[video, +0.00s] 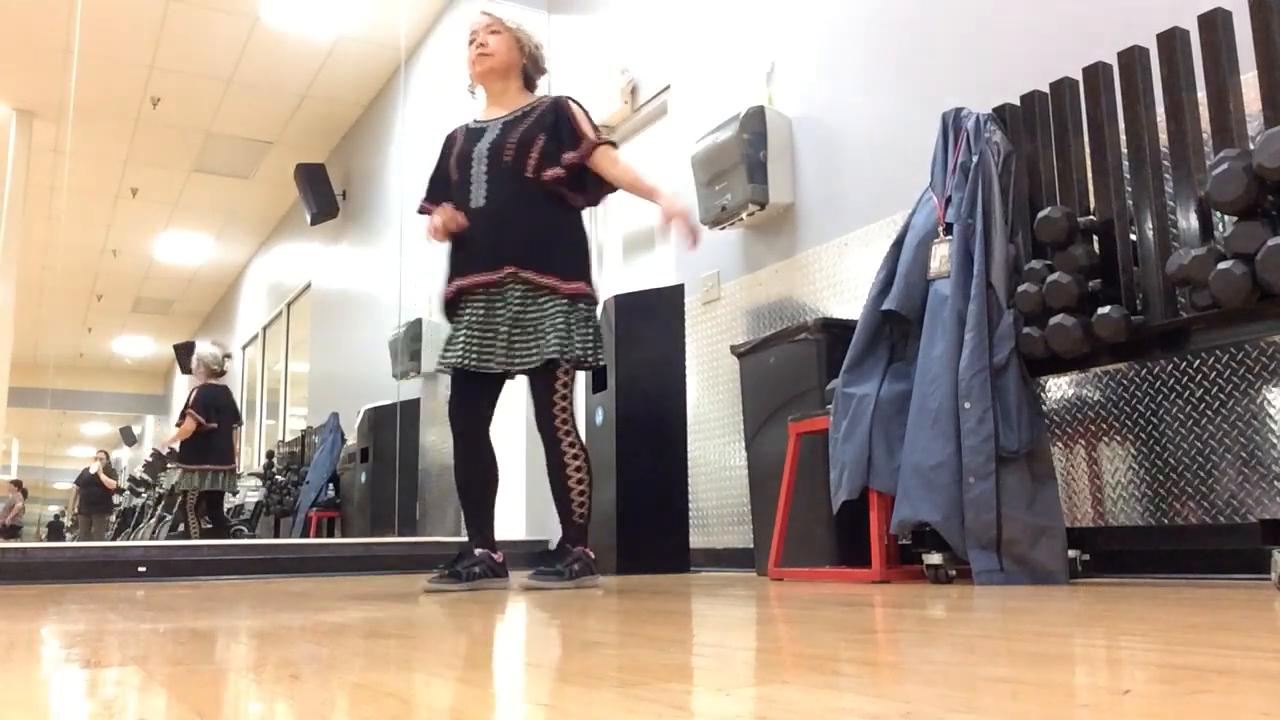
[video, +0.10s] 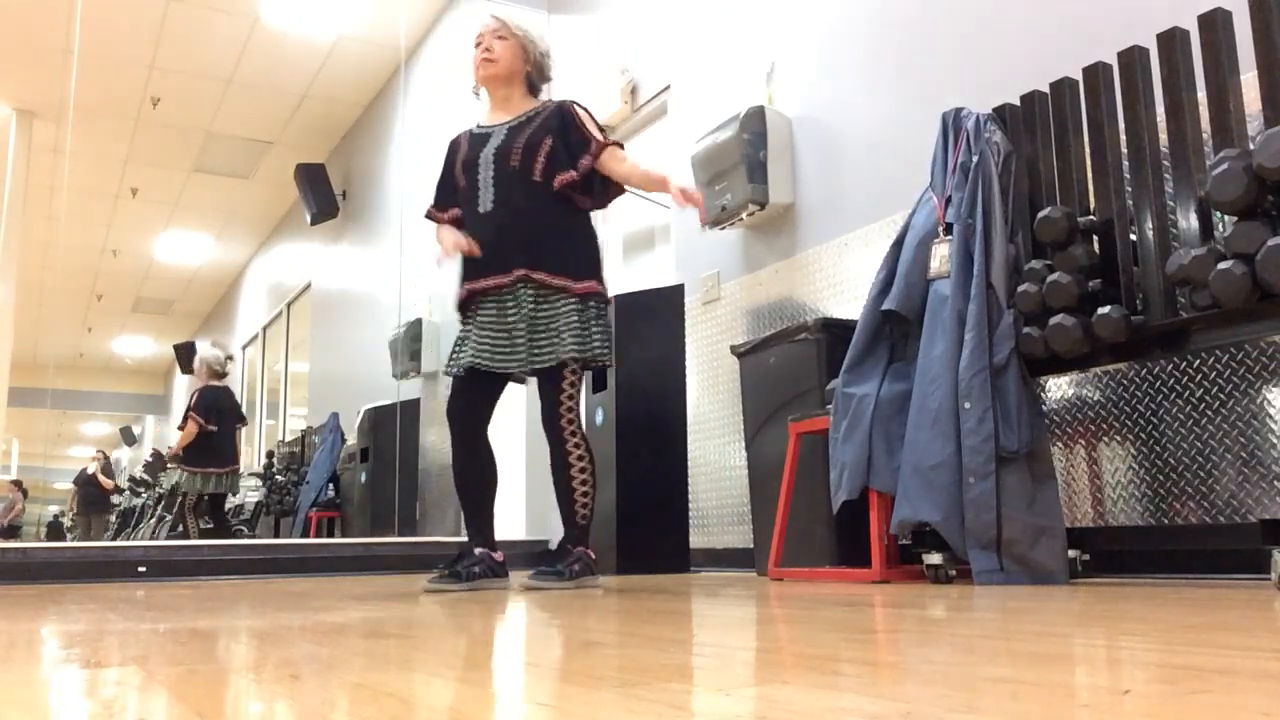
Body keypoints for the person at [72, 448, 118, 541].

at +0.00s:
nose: (98, 461)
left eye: (101, 459)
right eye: (96, 458)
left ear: (107, 460)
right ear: (93, 459)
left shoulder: (110, 471)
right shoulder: (86, 471)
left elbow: (113, 486)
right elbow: (75, 488)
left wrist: (100, 473)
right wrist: (72, 507)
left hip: (101, 510)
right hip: (84, 510)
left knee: (98, 537)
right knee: (83, 537)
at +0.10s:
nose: (96, 461)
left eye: (99, 459)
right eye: (95, 458)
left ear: (105, 460)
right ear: (92, 459)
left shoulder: (107, 469)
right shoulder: (84, 471)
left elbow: (111, 486)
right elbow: (74, 489)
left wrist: (98, 473)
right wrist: (70, 505)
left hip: (99, 510)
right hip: (82, 510)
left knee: (97, 538)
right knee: (83, 538)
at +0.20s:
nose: (93, 461)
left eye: (96, 459)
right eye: (91, 459)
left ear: (101, 461)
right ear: (88, 460)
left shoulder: (104, 471)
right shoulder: (81, 471)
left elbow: (109, 487)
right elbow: (72, 489)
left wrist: (96, 474)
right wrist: (68, 504)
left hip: (97, 510)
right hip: (80, 510)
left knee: (96, 539)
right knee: (82, 539)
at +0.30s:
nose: (91, 462)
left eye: (94, 460)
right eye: (89, 459)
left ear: (99, 461)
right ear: (86, 460)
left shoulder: (103, 472)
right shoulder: (79, 472)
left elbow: (107, 487)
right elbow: (71, 489)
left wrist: (94, 474)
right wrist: (67, 504)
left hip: (95, 510)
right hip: (78, 510)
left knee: (94, 538)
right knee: (81, 539)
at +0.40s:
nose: (90, 462)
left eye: (93, 460)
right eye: (88, 459)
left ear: (98, 461)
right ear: (85, 460)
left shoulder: (101, 472)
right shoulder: (78, 472)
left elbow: (105, 486)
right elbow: (69, 489)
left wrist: (92, 475)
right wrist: (66, 504)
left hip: (93, 509)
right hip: (77, 509)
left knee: (93, 537)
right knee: (80, 537)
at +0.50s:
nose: (88, 463)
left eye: (91, 460)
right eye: (86, 460)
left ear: (97, 462)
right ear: (83, 460)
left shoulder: (100, 472)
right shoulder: (77, 472)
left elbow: (103, 486)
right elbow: (67, 489)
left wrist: (90, 474)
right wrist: (64, 505)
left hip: (91, 508)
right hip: (75, 508)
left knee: (92, 536)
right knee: (80, 536)